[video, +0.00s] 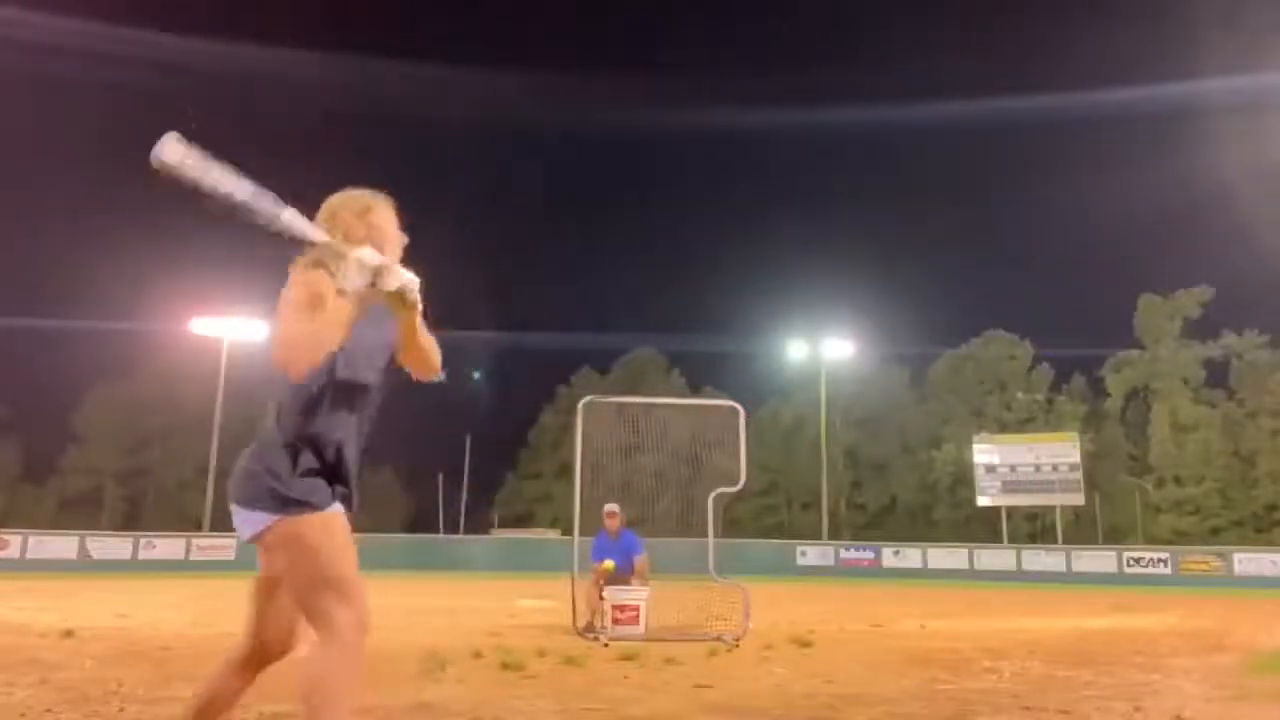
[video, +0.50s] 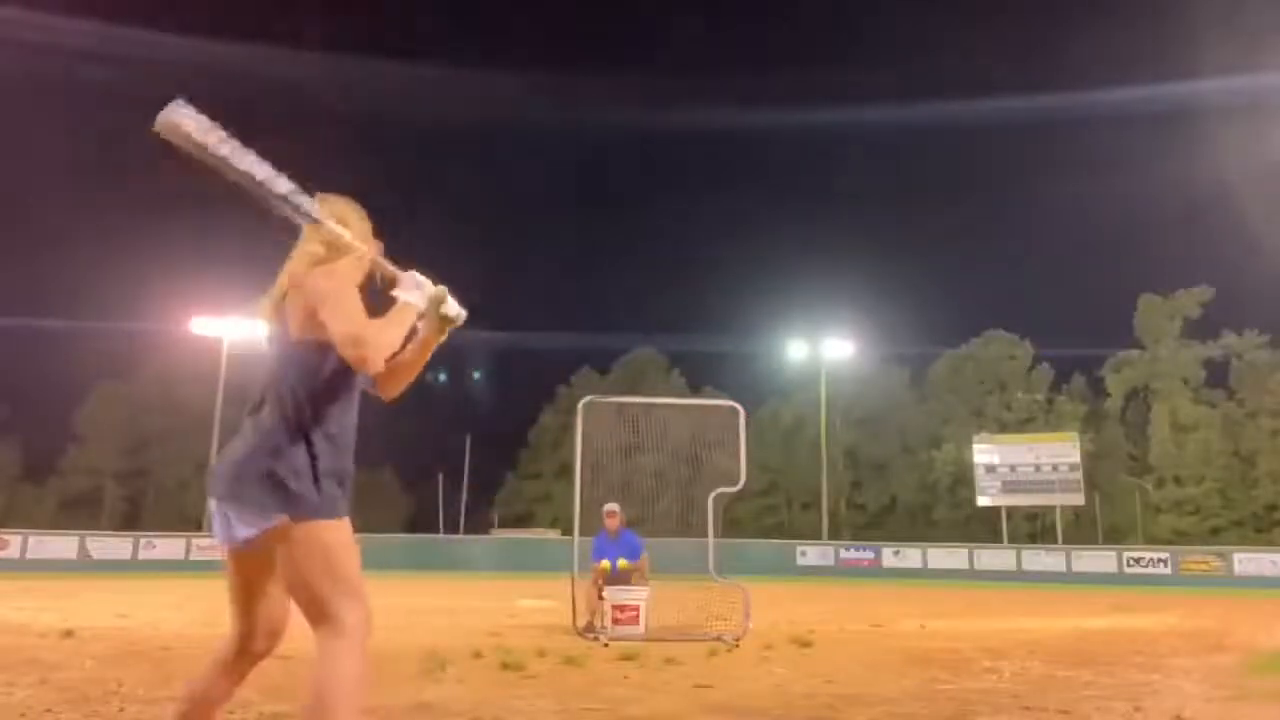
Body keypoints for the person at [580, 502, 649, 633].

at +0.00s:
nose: (612, 521)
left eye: (614, 517)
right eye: (608, 517)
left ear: (620, 518)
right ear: (604, 520)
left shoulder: (630, 537)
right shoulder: (599, 539)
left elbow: (640, 560)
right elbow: (595, 565)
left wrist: (638, 578)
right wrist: (602, 571)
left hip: (627, 575)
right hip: (608, 576)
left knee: (639, 582)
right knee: (593, 586)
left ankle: (636, 622)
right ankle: (591, 621)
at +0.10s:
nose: (612, 521)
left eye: (614, 517)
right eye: (608, 517)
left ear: (620, 518)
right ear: (604, 520)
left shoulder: (630, 537)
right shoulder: (599, 539)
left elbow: (641, 559)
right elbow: (595, 564)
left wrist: (634, 570)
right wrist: (602, 569)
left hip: (627, 573)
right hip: (608, 575)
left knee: (641, 581)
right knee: (593, 585)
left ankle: (637, 621)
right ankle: (591, 621)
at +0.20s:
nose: (611, 521)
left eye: (614, 516)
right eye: (608, 517)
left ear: (620, 518)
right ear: (603, 520)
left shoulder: (631, 537)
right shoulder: (599, 539)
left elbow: (642, 559)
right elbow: (595, 565)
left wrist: (632, 565)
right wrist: (602, 567)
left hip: (627, 576)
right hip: (607, 577)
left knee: (642, 581)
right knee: (593, 586)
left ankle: (637, 620)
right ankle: (591, 621)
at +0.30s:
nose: (611, 521)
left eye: (614, 516)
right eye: (608, 517)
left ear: (620, 518)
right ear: (603, 520)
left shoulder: (631, 537)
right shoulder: (599, 539)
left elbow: (643, 557)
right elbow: (595, 563)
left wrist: (633, 564)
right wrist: (601, 568)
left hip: (627, 576)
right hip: (608, 576)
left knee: (641, 581)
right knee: (592, 587)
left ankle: (637, 620)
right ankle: (591, 620)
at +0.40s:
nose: (611, 521)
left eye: (614, 516)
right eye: (608, 517)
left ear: (620, 518)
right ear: (603, 520)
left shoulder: (631, 537)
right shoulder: (599, 539)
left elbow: (643, 557)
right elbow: (595, 563)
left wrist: (633, 564)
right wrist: (601, 568)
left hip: (627, 576)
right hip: (608, 576)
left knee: (641, 581)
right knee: (592, 587)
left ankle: (637, 620)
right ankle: (591, 620)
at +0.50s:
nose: (611, 520)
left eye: (614, 516)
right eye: (608, 517)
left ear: (621, 518)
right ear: (603, 519)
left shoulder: (631, 538)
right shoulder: (599, 539)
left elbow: (643, 562)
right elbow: (595, 564)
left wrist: (628, 565)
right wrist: (602, 567)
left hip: (627, 576)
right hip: (607, 576)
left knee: (641, 581)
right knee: (592, 586)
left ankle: (638, 621)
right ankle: (591, 620)